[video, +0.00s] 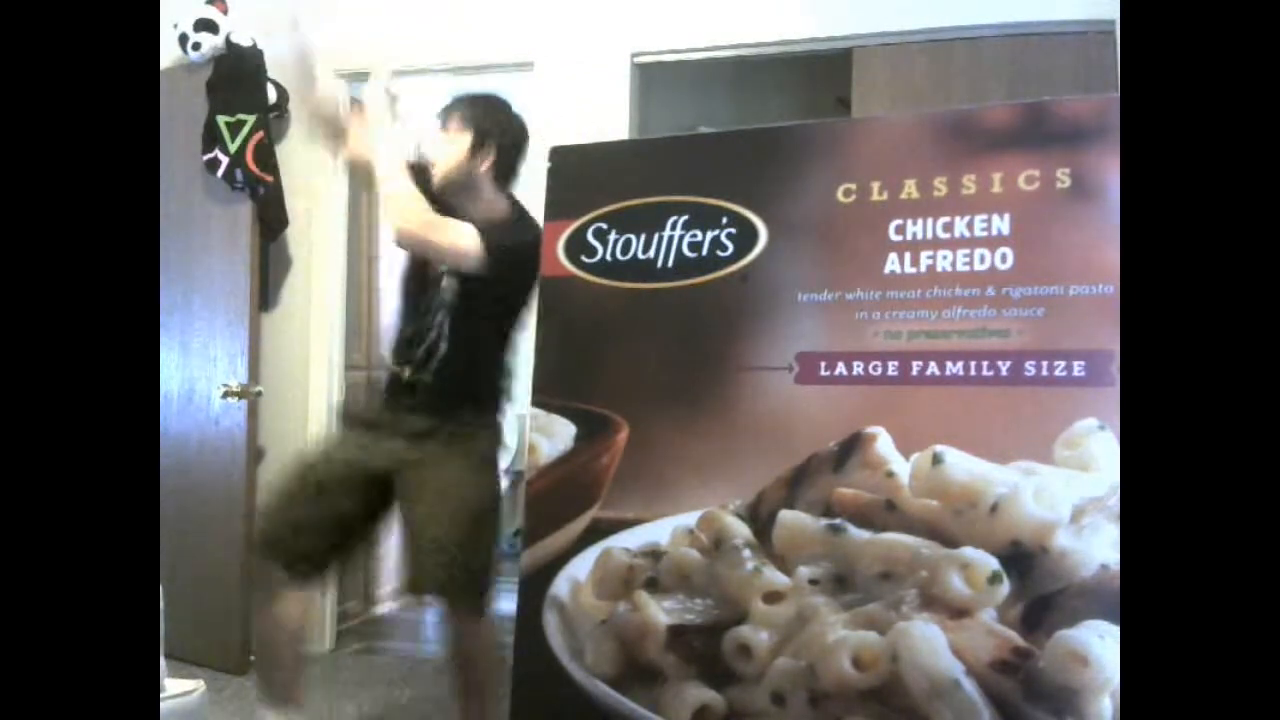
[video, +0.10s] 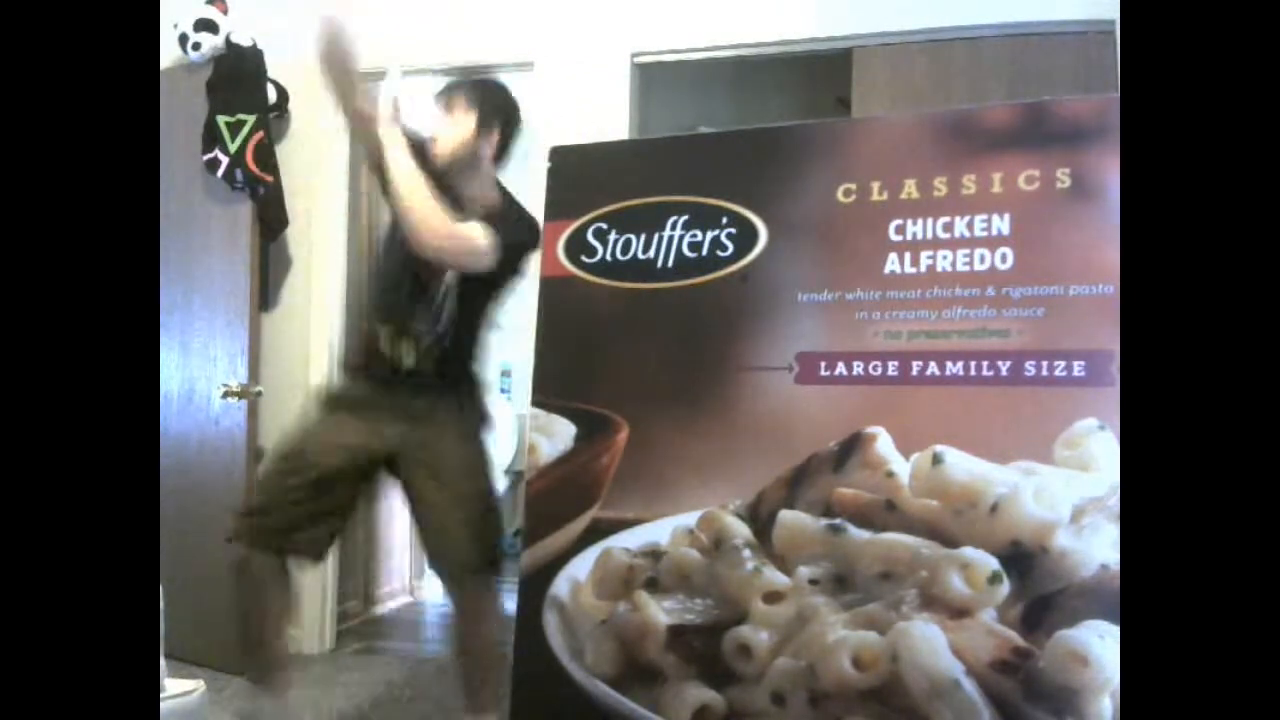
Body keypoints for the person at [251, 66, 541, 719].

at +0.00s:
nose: (432, 146)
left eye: (447, 136)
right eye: (437, 135)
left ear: (485, 152)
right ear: (470, 151)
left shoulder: (515, 235)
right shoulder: (438, 201)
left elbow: (420, 230)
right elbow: (370, 161)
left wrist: (372, 166)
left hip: (454, 438)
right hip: (382, 424)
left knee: (464, 599)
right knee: (284, 543)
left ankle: (477, 717)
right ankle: (281, 707)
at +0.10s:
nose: (432, 123)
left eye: (449, 113)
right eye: (435, 112)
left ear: (489, 134)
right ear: (444, 127)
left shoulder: (513, 225)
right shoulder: (419, 171)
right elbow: (366, 126)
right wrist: (344, 69)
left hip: (439, 415)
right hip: (358, 401)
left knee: (474, 577)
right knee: (262, 537)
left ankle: (486, 712)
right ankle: (272, 700)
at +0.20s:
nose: (433, 102)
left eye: (451, 96)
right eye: (426, 88)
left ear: (466, 118)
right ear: (407, 93)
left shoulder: (454, 194)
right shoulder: (373, 139)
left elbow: (505, 228)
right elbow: (378, 31)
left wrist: (433, 150)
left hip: (399, 393)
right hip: (324, 381)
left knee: (438, 558)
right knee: (271, 563)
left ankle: (414, 705)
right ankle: (194, 691)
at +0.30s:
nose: (417, 147)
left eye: (421, 133)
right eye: (406, 128)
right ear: (360, 123)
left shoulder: (369, 192)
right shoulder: (341, 172)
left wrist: (418, 238)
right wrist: (489, 210)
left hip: (348, 414)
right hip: (291, 411)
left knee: (401, 576)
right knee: (264, 601)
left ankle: (409, 712)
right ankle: (167, 696)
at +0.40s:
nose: (410, 172)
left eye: (414, 159)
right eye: (405, 151)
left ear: (362, 144)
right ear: (360, 136)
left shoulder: (350, 209)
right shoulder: (314, 204)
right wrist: (393, 193)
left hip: (321, 418)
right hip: (267, 418)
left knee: (371, 576)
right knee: (247, 611)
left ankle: (399, 708)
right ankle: (166, 693)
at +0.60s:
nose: (403, 230)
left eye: (408, 216)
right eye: (404, 214)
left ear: (340, 182)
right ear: (369, 197)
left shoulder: (258, 195)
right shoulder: (352, 275)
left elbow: (285, 140)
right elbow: (453, 335)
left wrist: (342, 161)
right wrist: (528, 362)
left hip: (175, 426)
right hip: (239, 451)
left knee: (266, 582)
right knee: (248, 611)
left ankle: (313, 702)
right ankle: (164, 696)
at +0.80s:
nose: (365, 219)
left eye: (369, 204)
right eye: (364, 201)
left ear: (308, 183)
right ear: (329, 189)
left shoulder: (217, 195)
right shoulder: (327, 263)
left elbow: (225, 142)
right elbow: (445, 287)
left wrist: (281, 185)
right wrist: (538, 291)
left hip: (168, 435)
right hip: (234, 462)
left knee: (256, 587)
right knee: (237, 608)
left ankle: (294, 698)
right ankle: (163, 691)